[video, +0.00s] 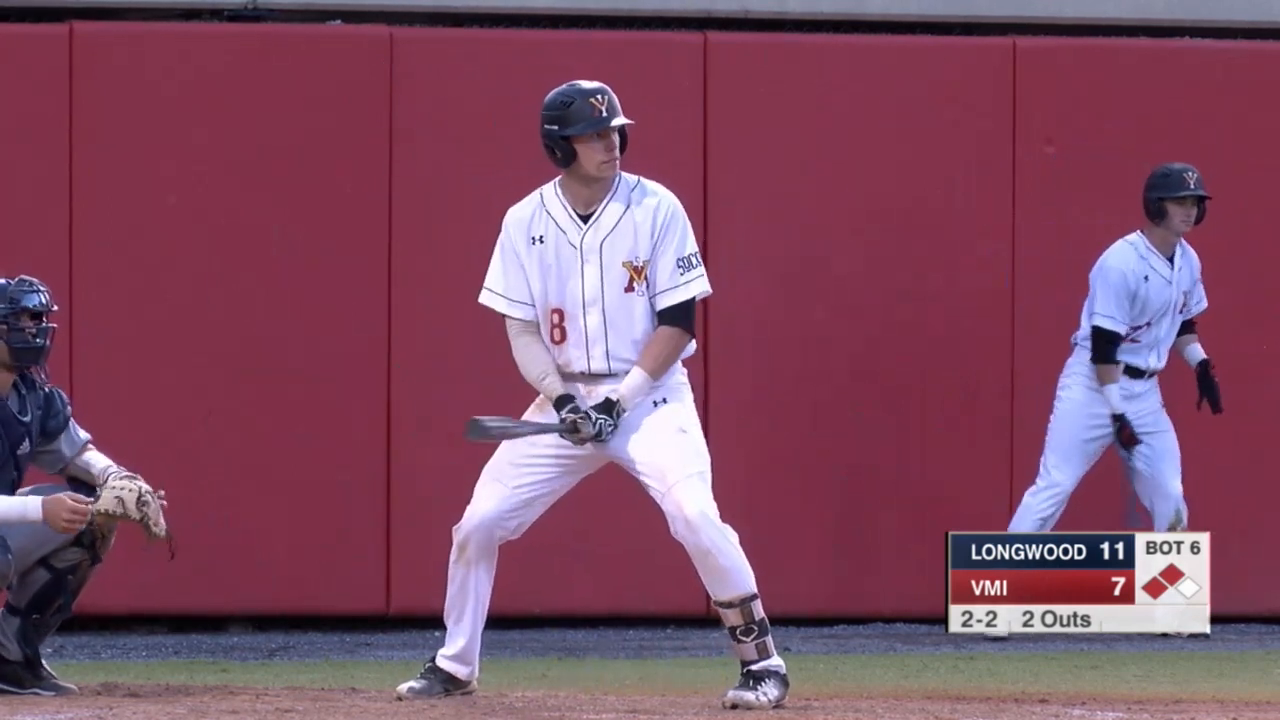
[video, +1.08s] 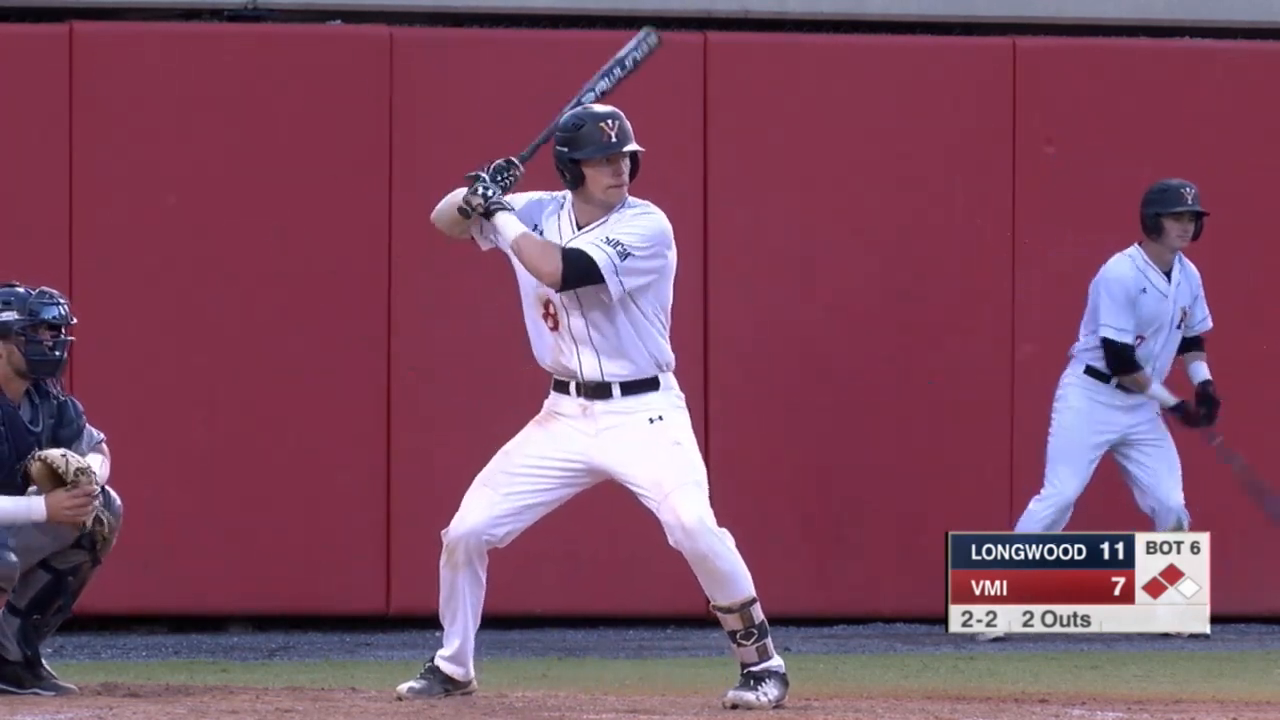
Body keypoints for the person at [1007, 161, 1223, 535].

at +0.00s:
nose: (1190, 212)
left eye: (1195, 204)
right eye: (1181, 202)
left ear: (1200, 209)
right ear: (1155, 205)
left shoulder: (1187, 261)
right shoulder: (1119, 262)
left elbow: (1183, 327)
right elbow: (1103, 346)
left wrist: (1202, 365)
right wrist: (1118, 413)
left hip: (1144, 391)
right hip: (1092, 386)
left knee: (1169, 499)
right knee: (1054, 489)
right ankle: (1003, 575)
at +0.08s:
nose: (1175, 215)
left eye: (1179, 207)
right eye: (1165, 207)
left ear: (1183, 212)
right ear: (1140, 210)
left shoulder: (1174, 264)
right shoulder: (1102, 266)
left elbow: (1172, 330)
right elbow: (1078, 348)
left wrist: (1189, 369)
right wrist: (1080, 408)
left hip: (1135, 398)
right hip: (1081, 391)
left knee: (1165, 505)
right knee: (1047, 496)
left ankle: (1171, 609)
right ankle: (992, 591)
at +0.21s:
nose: (1147, 218)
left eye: (1153, 210)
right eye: (1138, 210)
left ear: (1158, 216)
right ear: (1114, 213)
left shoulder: (1154, 266)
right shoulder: (1074, 268)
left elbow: (1156, 329)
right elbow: (1043, 339)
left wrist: (1167, 369)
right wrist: (1024, 394)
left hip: (1118, 401)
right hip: (1062, 395)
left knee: (1151, 505)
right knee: (1038, 497)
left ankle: (1165, 606)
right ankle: (991, 594)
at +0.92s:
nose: (1166, 225)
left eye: (1170, 217)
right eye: (1156, 217)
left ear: (1174, 223)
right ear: (1131, 221)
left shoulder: (1168, 274)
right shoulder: (1091, 275)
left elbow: (1169, 335)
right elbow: (1068, 357)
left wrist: (1180, 378)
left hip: (1128, 402)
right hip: (1072, 396)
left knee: (1160, 508)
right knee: (1047, 498)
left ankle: (1171, 608)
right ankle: (994, 590)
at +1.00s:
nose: (1180, 226)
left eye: (1185, 218)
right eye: (1171, 218)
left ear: (1188, 224)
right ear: (1146, 221)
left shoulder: (1181, 275)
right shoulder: (1108, 275)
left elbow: (1183, 340)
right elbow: (1098, 361)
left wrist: (1193, 384)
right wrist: (1141, 411)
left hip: (1138, 404)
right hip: (1084, 399)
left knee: (1167, 507)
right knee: (1055, 499)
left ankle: (1177, 608)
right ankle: (996, 592)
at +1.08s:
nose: (1188, 226)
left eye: (1192, 219)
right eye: (1179, 218)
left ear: (1195, 224)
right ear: (1153, 222)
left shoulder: (1187, 275)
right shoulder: (1118, 274)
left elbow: (1191, 341)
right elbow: (1121, 365)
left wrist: (1205, 387)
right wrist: (1171, 403)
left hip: (1143, 406)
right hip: (1089, 398)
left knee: (1171, 508)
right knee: (1060, 495)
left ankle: (1173, 611)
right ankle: (997, 587)